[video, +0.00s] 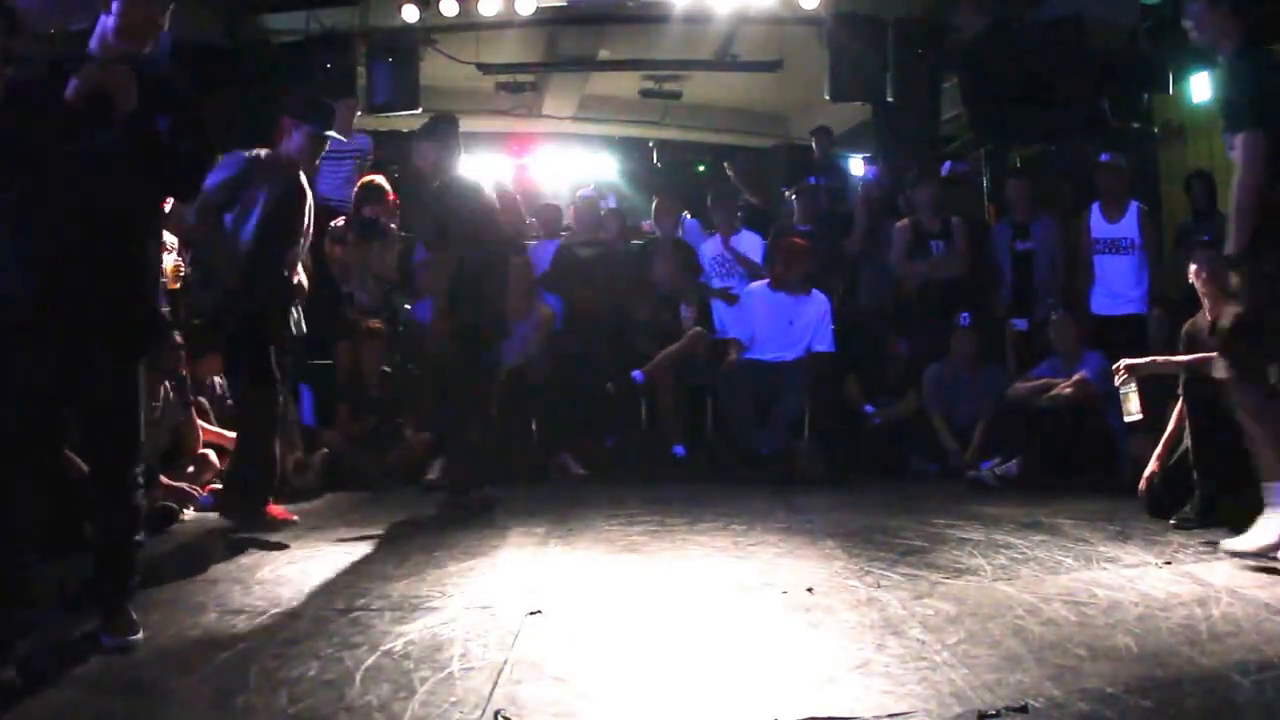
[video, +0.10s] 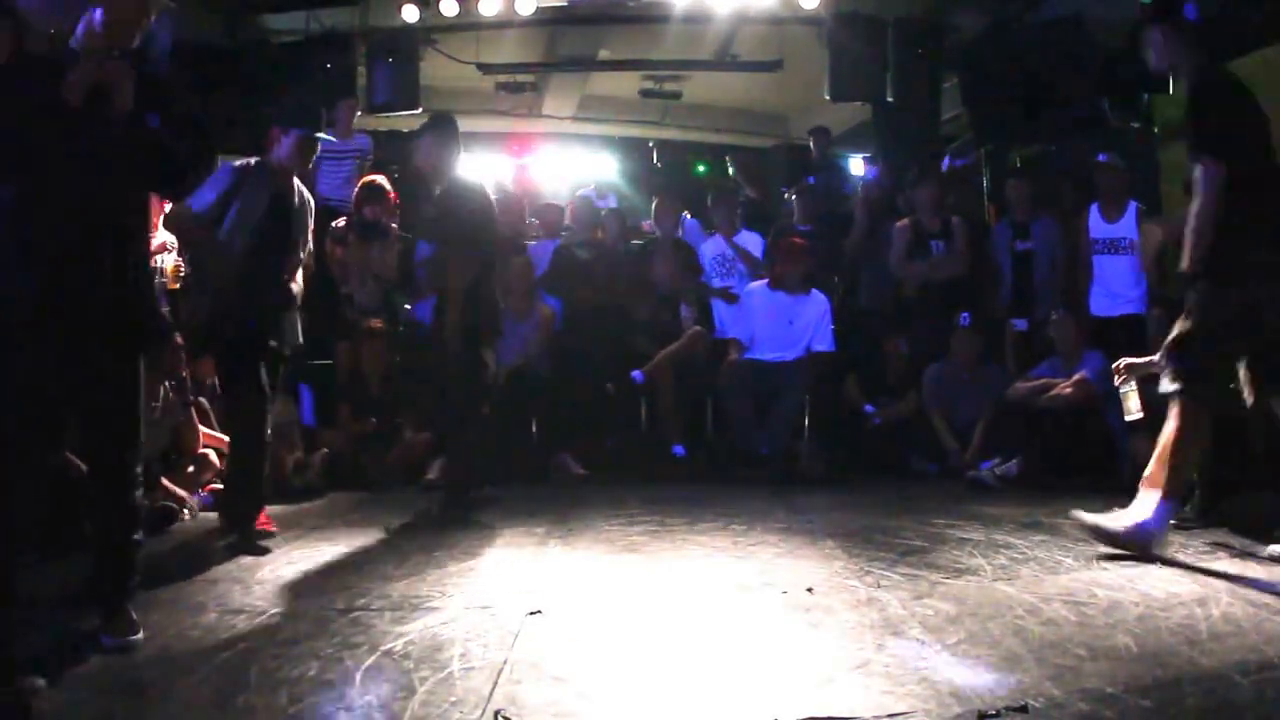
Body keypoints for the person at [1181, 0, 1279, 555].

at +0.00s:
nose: (1189, 25)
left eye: (1195, 14)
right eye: (1187, 16)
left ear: (1225, 13)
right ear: (1229, 17)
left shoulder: (1245, 69)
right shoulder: (1250, 65)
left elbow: (1250, 169)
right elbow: (1250, 170)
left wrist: (1233, 252)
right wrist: (1233, 251)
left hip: (1261, 259)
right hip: (1258, 256)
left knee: (1239, 368)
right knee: (1242, 368)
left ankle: (1273, 506)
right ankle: (1271, 508)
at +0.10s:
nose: (1151, 58)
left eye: (1155, 46)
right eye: (1149, 48)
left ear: (1177, 40)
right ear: (1181, 41)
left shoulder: (1208, 91)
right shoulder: (1223, 90)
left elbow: (1209, 188)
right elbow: (1213, 189)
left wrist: (1191, 268)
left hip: (1231, 267)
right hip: (1252, 265)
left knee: (1186, 381)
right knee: (1263, 387)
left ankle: (1149, 511)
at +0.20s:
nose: (1104, 98)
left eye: (1110, 86)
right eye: (1103, 88)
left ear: (1139, 81)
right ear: (1142, 83)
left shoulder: (1173, 132)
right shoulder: (1185, 127)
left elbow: (1170, 215)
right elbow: (1146, 197)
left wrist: (1140, 269)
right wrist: (1087, 170)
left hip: (1177, 291)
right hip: (1215, 287)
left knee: (1123, 398)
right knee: (1243, 401)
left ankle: (1085, 514)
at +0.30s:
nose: (1054, 107)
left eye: (1059, 97)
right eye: (1054, 102)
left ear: (1076, 91)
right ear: (1112, 85)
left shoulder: (1096, 131)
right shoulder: (1144, 126)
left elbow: (1098, 215)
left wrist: (1044, 201)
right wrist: (1047, 137)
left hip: (1123, 275)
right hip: (1163, 273)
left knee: (1073, 377)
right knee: (1154, 395)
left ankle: (1078, 515)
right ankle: (1252, 475)